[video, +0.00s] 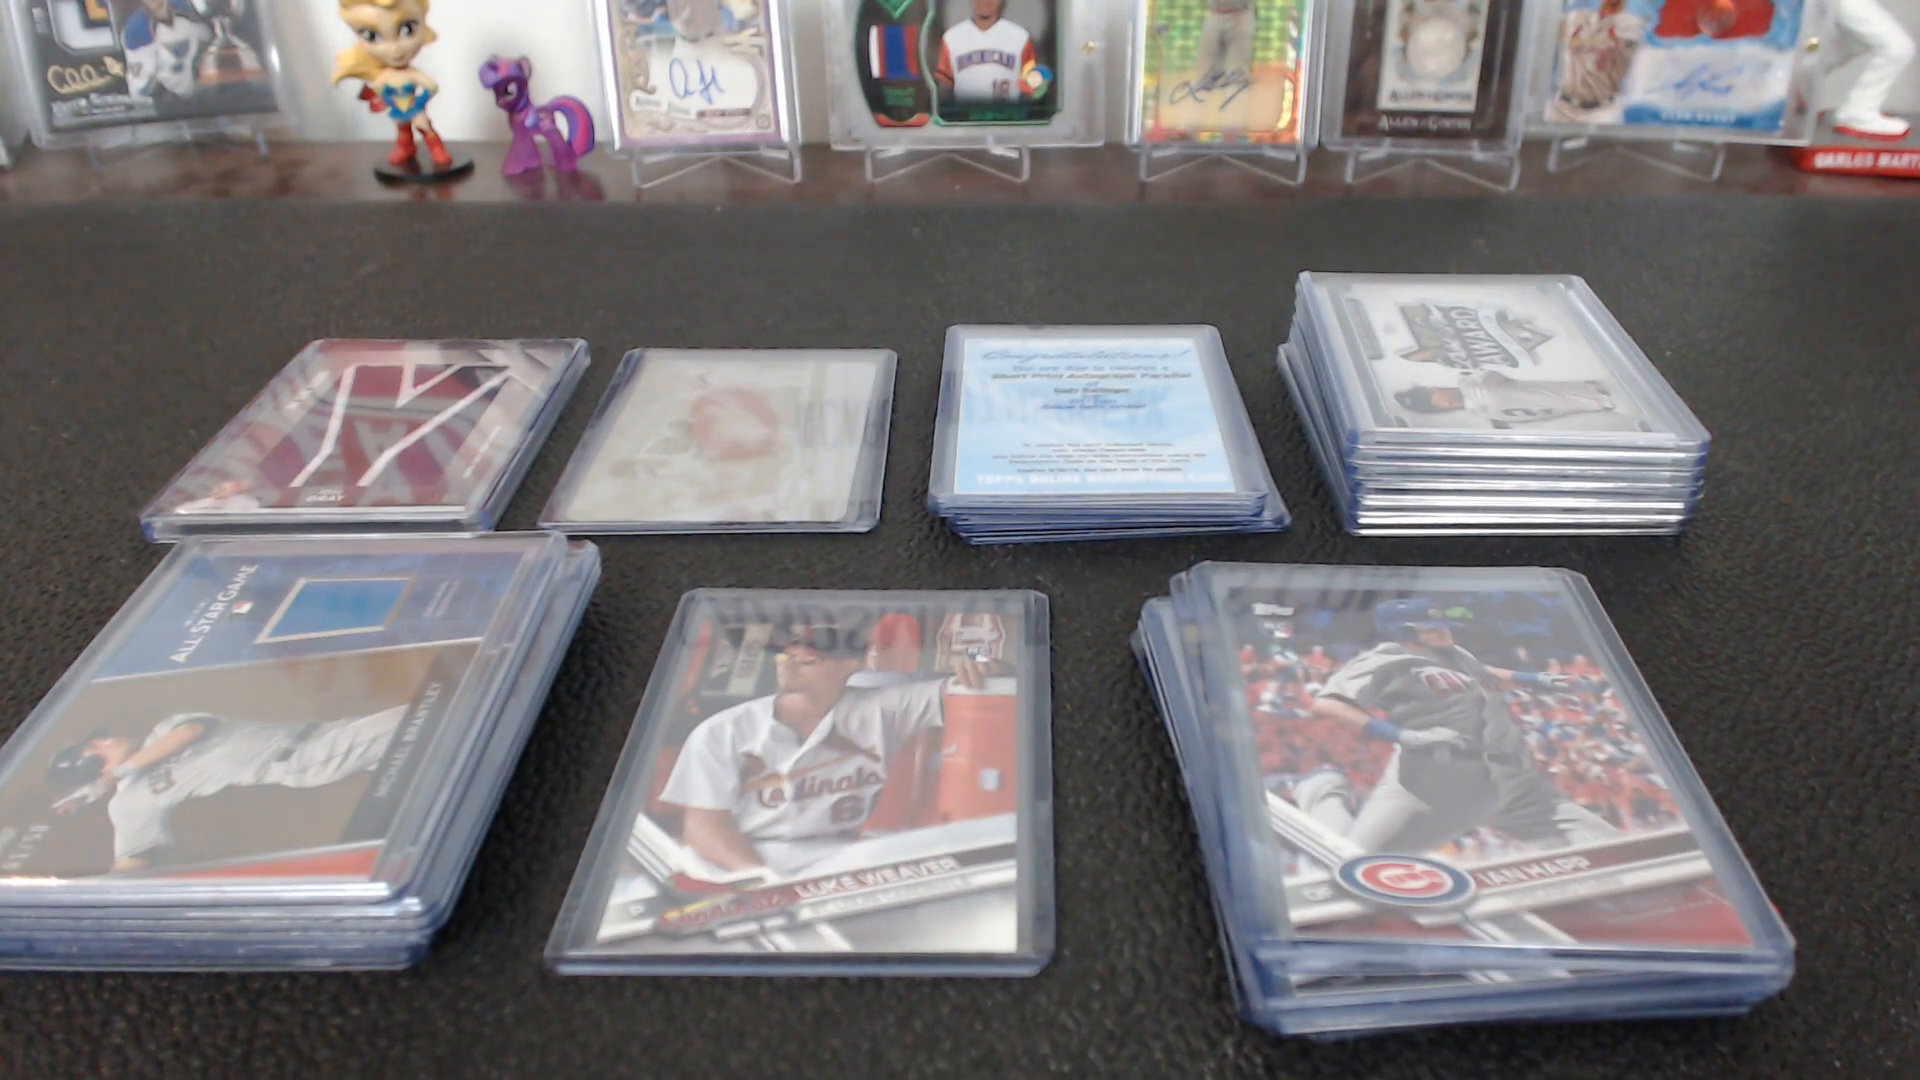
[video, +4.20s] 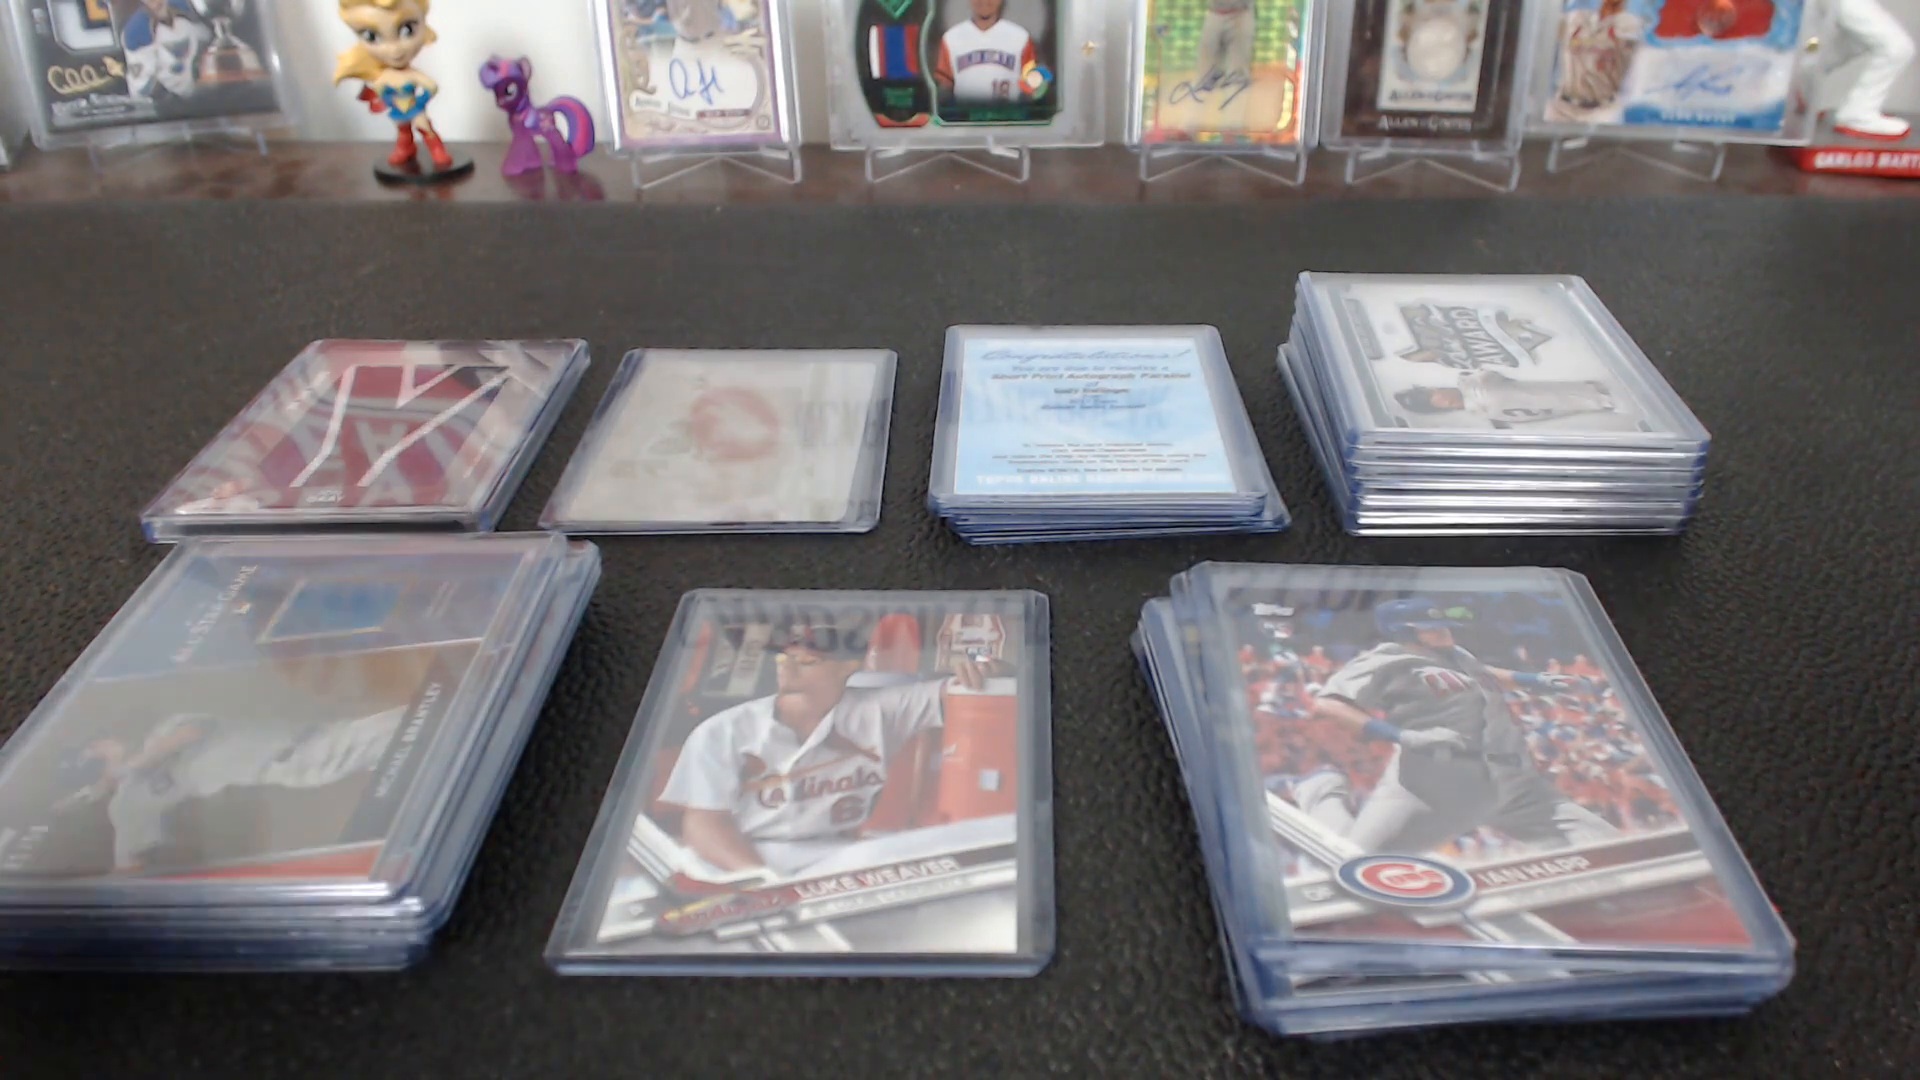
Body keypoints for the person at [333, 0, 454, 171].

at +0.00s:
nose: (394, 50)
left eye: (407, 30)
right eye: (371, 36)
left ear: (424, 28)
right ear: (358, 37)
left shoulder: (414, 74)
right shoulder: (377, 74)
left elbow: (427, 85)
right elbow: (370, 87)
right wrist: (375, 100)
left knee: (421, 121)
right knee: (401, 122)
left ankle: (436, 148)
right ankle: (405, 147)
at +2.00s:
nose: (394, 50)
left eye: (407, 30)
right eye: (372, 36)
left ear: (424, 29)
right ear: (359, 38)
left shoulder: (414, 75)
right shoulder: (379, 75)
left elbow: (426, 86)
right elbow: (370, 88)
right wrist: (374, 100)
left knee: (421, 122)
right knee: (401, 123)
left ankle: (437, 149)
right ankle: (405, 148)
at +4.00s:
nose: (394, 51)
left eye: (407, 30)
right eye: (372, 36)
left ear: (424, 29)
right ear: (359, 38)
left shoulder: (414, 75)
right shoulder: (379, 75)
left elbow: (427, 86)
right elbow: (370, 88)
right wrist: (375, 100)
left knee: (422, 123)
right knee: (401, 125)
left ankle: (437, 149)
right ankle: (405, 148)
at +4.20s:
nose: (394, 51)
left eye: (407, 30)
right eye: (372, 36)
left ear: (424, 29)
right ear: (359, 39)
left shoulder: (414, 75)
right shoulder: (379, 75)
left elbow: (426, 87)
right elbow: (370, 88)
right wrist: (374, 100)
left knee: (422, 123)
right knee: (401, 125)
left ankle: (437, 149)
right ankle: (405, 148)